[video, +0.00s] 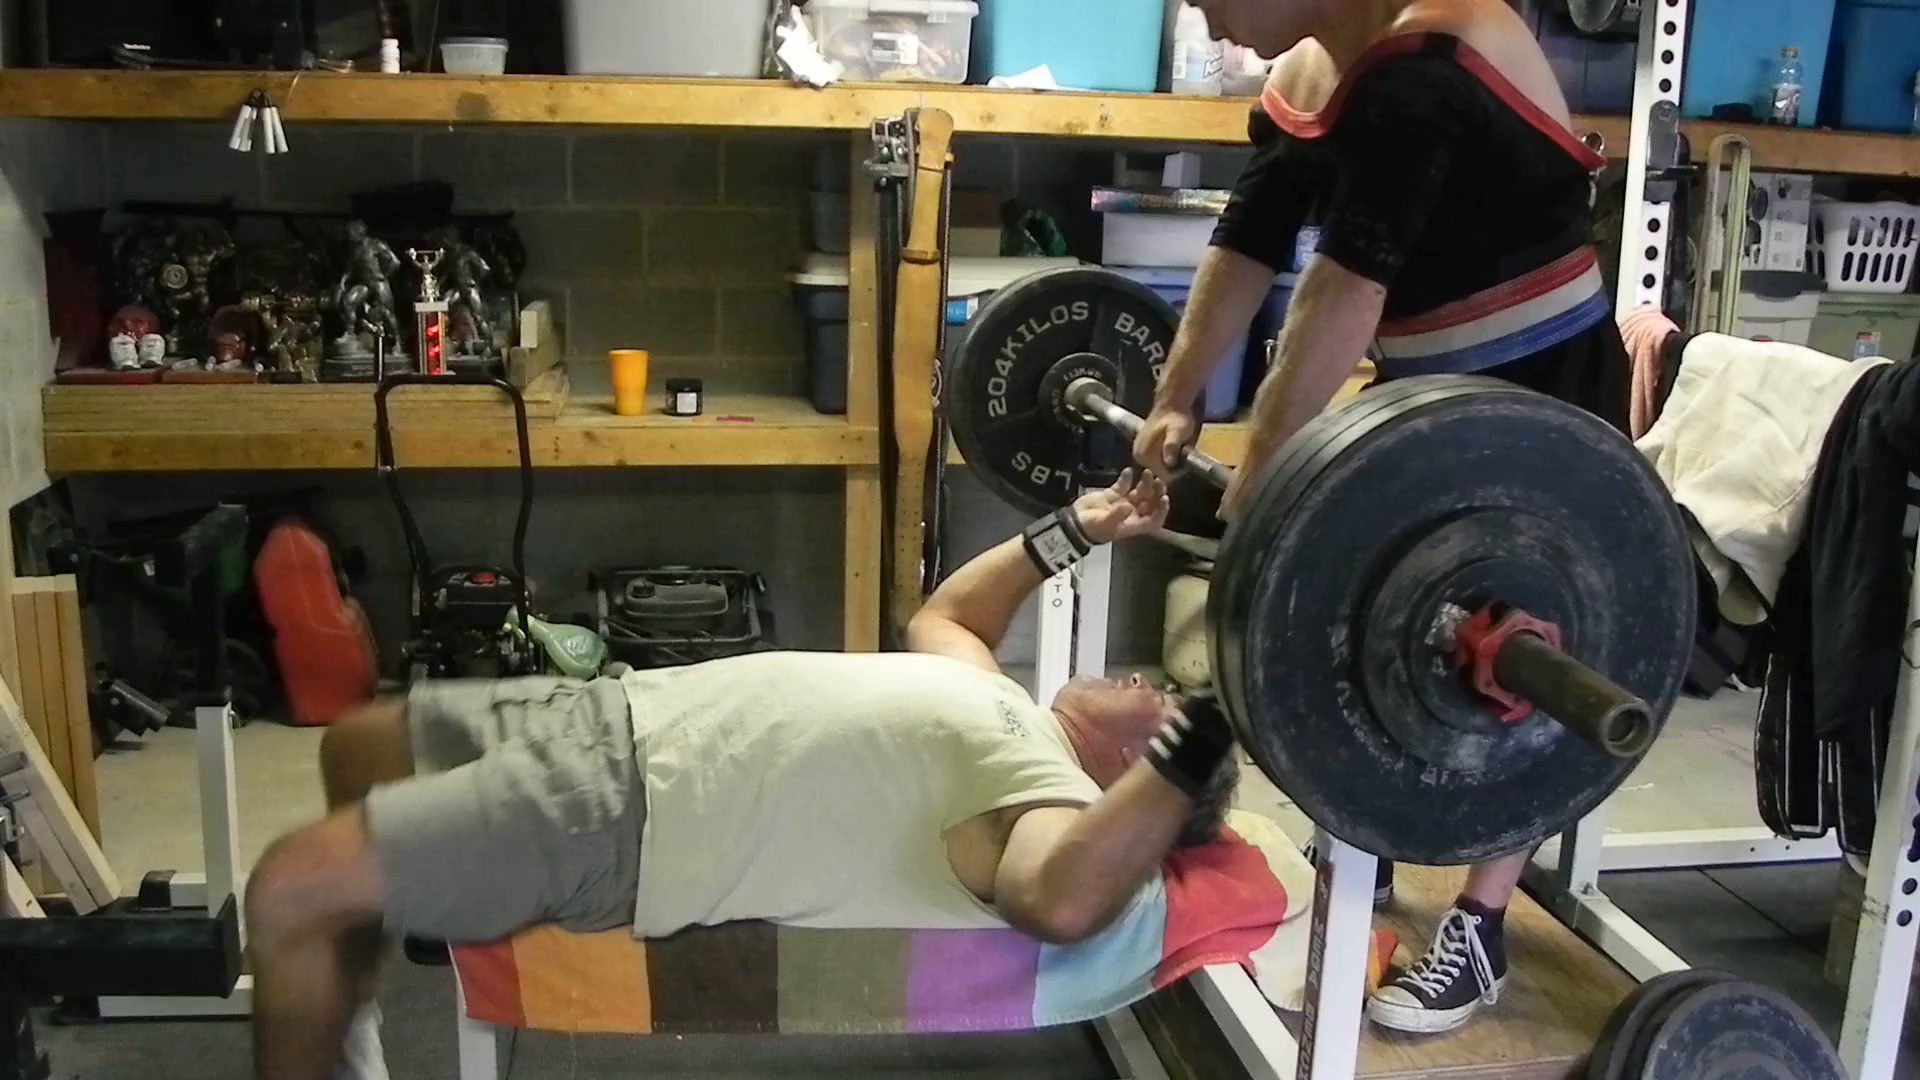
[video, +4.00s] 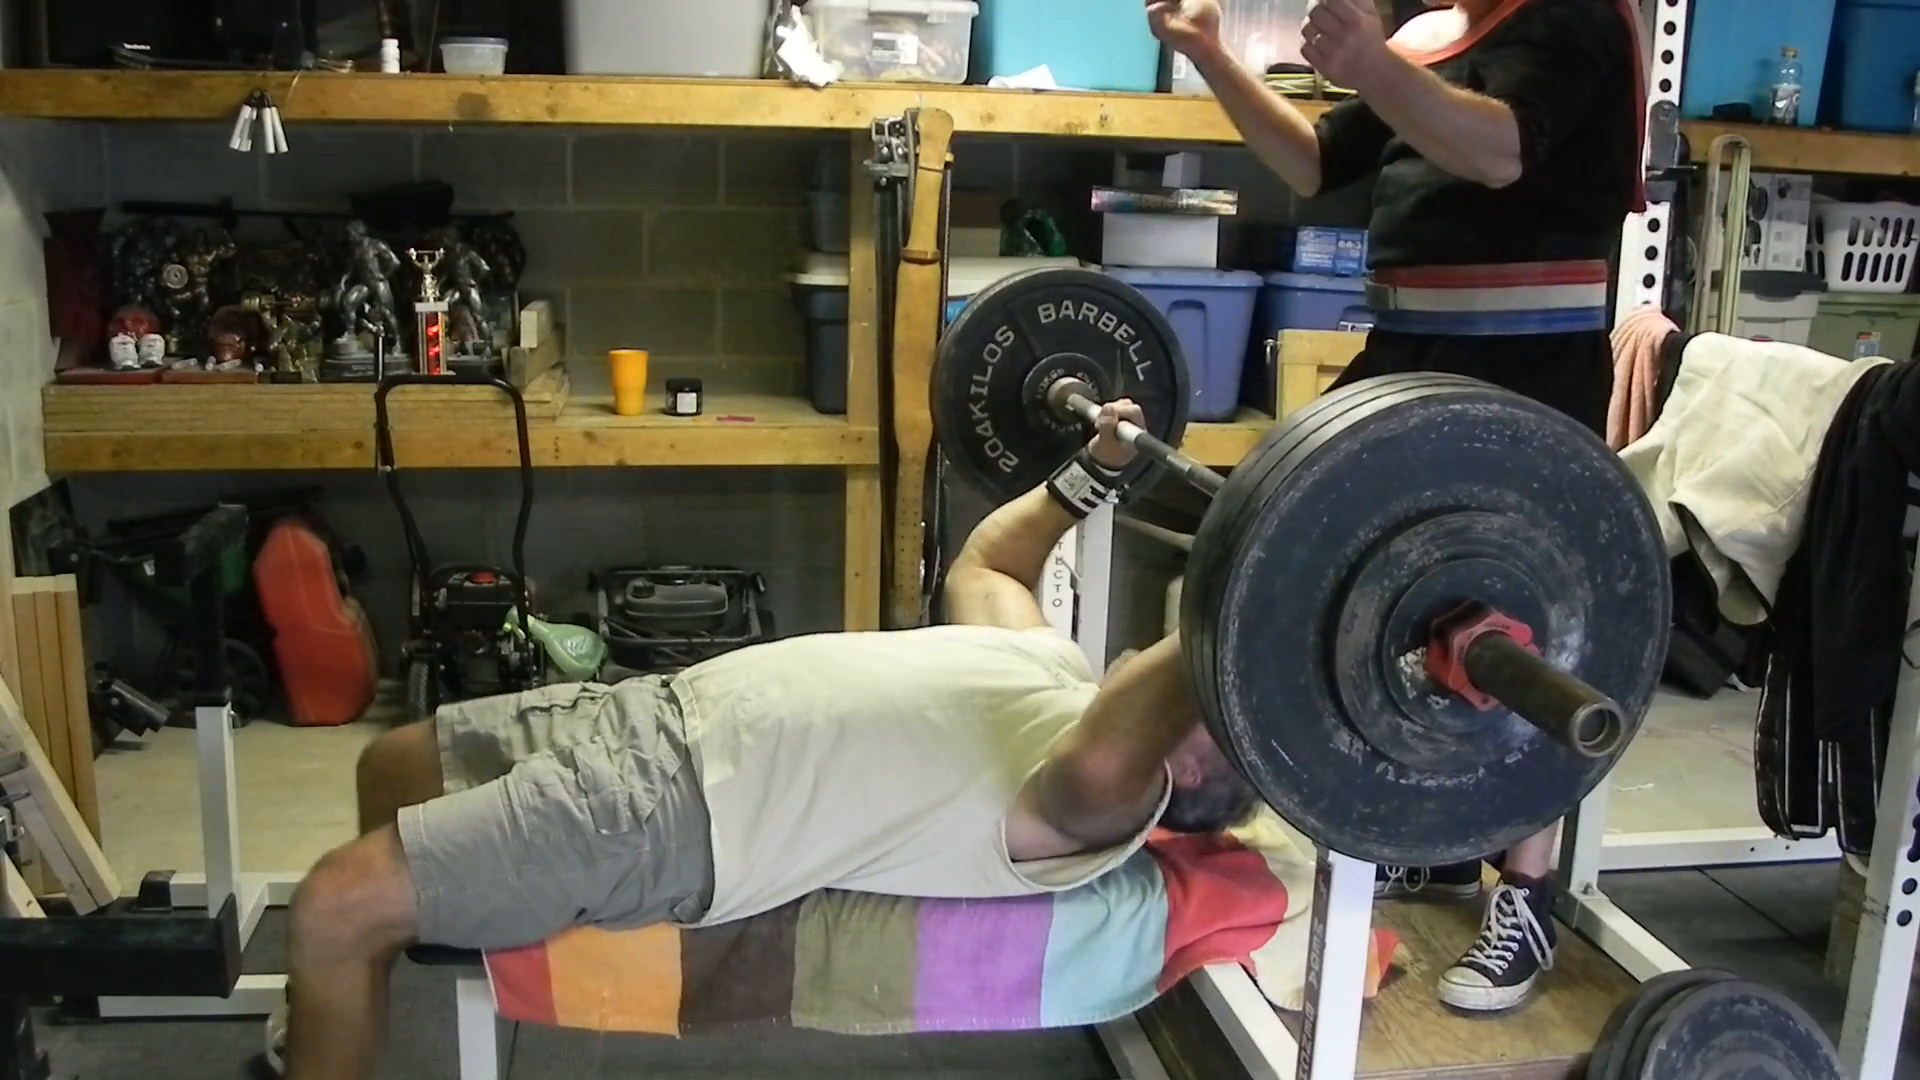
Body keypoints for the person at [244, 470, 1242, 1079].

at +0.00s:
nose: (1131, 674)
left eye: (1157, 693)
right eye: (1153, 676)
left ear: (1143, 761)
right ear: (1113, 699)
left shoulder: (1044, 806)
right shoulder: (1002, 705)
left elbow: (1068, 904)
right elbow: (951, 613)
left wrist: (1200, 750)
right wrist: (1071, 526)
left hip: (621, 810)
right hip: (604, 710)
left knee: (292, 890)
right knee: (354, 743)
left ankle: (323, 1062)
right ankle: (343, 1030)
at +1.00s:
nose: (1167, 729)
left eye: (1195, 761)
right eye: (1184, 719)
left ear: (1180, 825)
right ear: (1153, 712)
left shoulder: (1098, 892)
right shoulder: (1027, 719)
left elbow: (1019, 856)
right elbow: (1015, 588)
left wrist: (1145, 655)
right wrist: (1113, 468)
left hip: (631, 822)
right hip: (622, 705)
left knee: (292, 890)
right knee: (361, 756)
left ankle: (295, 1069)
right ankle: (345, 1034)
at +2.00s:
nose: (1172, 732)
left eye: (1201, 744)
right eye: (1191, 718)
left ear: (1185, 808)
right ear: (1154, 739)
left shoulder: (1055, 850)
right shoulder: (1007, 713)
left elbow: (1118, 740)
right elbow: (998, 580)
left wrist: (1252, 600)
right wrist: (1081, 468)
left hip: (631, 819)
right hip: (621, 710)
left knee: (296, 891)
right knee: (366, 763)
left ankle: (293, 1069)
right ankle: (351, 1047)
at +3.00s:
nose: (1168, 725)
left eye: (1194, 746)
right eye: (1185, 717)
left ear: (1172, 814)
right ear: (1149, 733)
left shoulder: (1050, 847)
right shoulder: (1007, 707)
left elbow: (1132, 754)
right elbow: (1007, 583)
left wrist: (1273, 593)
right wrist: (1102, 453)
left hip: (626, 821)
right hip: (616, 709)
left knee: (295, 890)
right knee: (360, 762)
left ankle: (298, 1068)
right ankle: (350, 1048)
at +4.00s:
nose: (1182, 695)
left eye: (1208, 712)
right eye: (1199, 689)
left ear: (1208, 766)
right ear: (1174, 669)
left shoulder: (1092, 809)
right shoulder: (1047, 670)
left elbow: (1112, 741)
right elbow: (991, 563)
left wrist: (1248, 609)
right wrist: (1088, 473)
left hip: (673, 814)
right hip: (649, 706)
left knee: (338, 903)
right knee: (391, 766)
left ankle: (319, 1064)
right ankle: (368, 985)